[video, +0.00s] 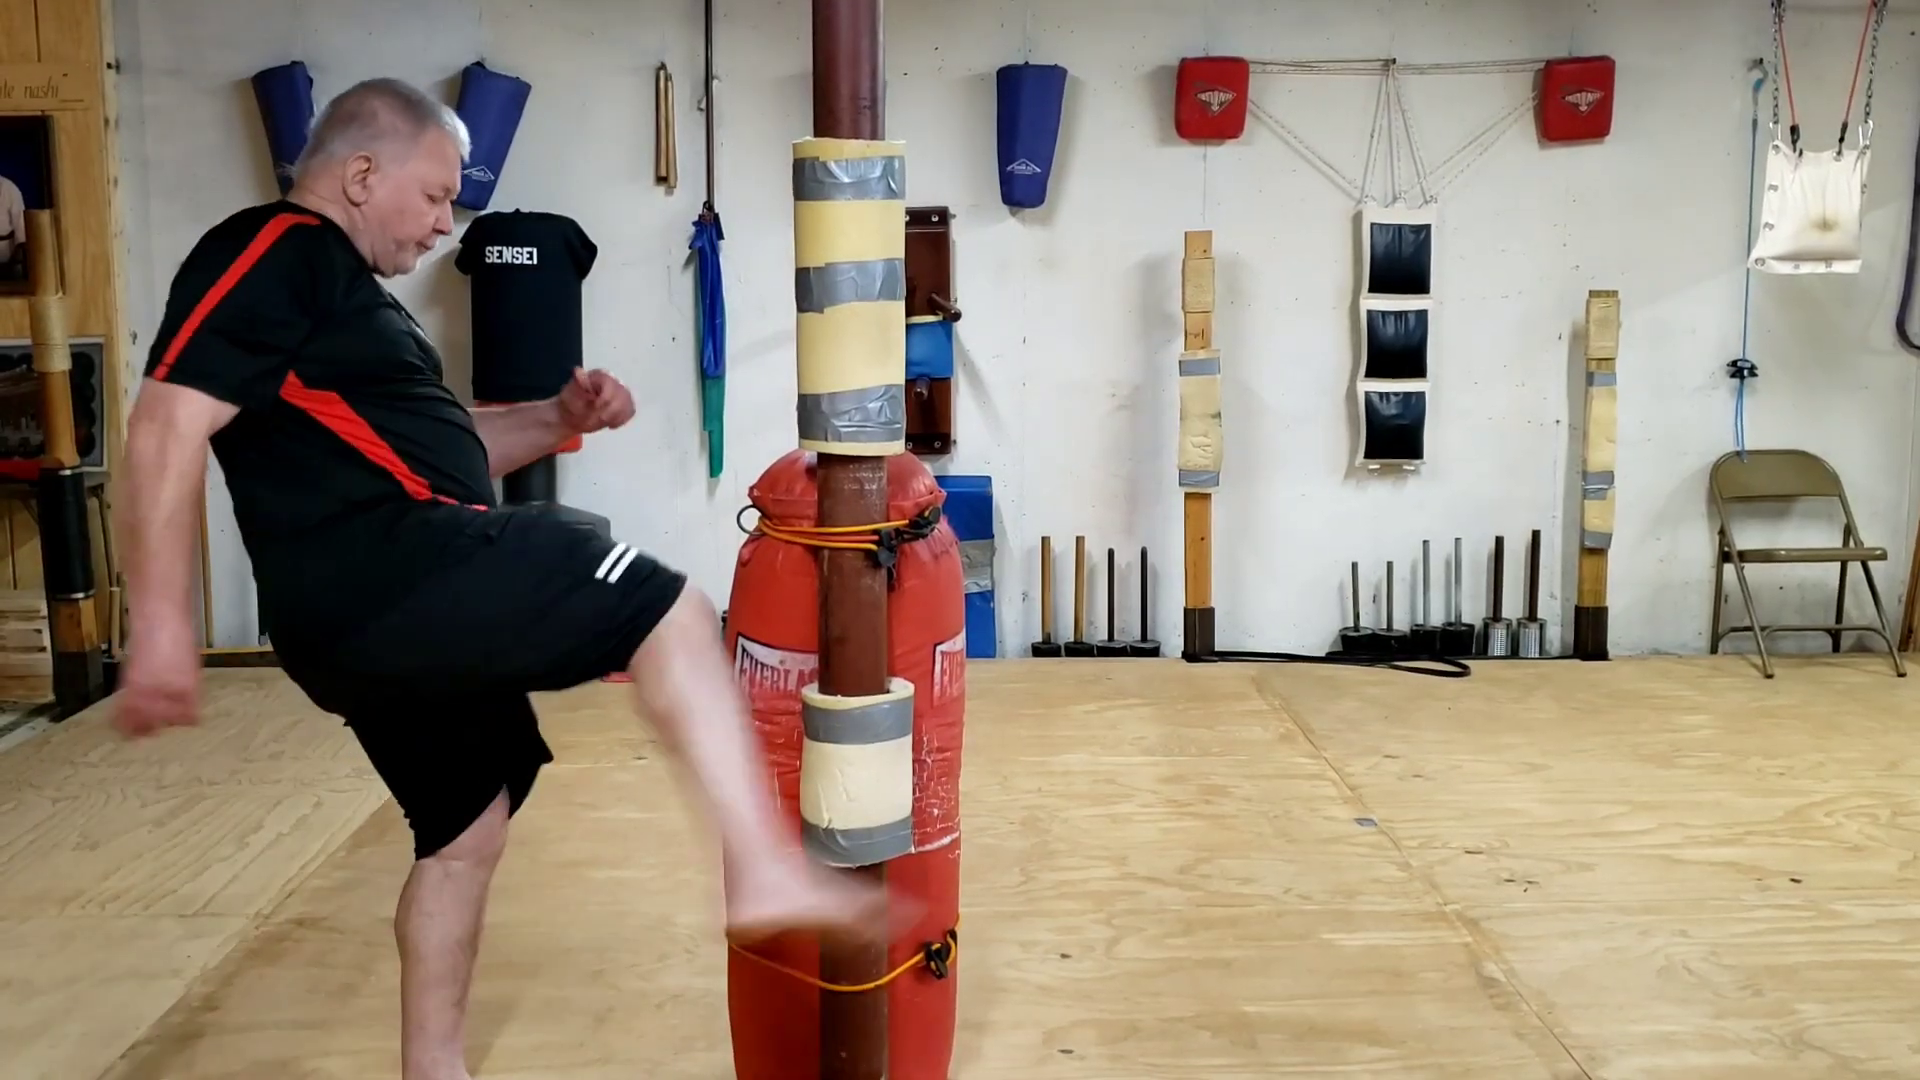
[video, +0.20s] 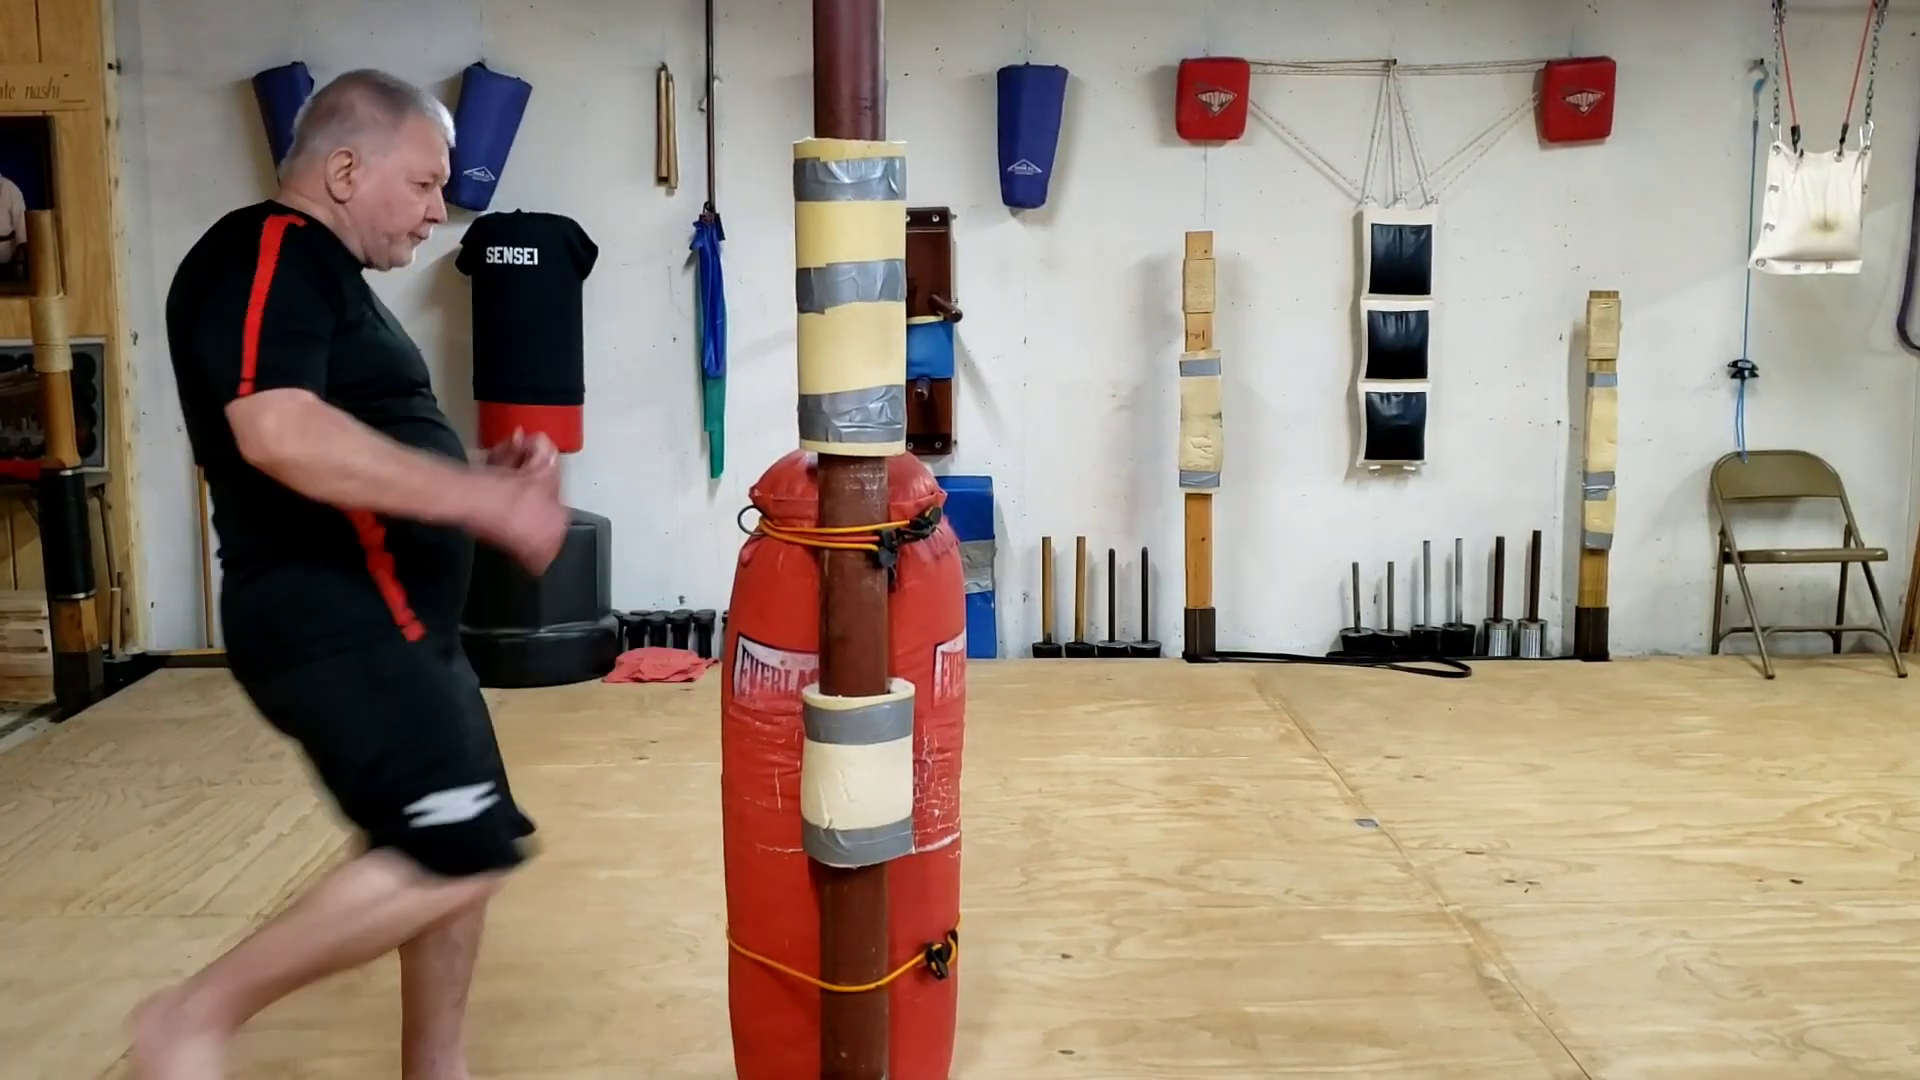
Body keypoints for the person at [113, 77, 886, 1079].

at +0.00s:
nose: (447, 222)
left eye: (452, 202)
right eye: (438, 194)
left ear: (364, 180)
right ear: (361, 173)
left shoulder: (346, 297)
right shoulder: (275, 243)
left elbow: (417, 453)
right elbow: (164, 424)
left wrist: (559, 421)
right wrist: (160, 633)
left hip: (356, 609)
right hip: (398, 563)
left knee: (466, 818)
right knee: (672, 611)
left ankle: (433, 1066)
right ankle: (769, 868)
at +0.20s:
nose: (433, 215)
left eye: (439, 194)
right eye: (424, 185)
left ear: (344, 174)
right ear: (345, 167)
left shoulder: (320, 272)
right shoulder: (264, 248)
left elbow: (357, 444)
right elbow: (276, 428)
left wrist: (482, 474)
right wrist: (483, 498)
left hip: (382, 606)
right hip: (322, 613)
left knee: (465, 837)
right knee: (459, 842)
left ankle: (436, 1067)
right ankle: (188, 1020)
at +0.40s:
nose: (415, 249)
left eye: (418, 224)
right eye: (396, 224)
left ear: (317, 221)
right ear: (309, 216)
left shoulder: (327, 314)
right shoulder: (195, 311)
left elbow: (318, 509)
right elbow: (236, 506)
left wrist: (422, 558)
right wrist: (427, 441)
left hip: (363, 663)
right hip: (223, 688)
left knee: (486, 835)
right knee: (181, 953)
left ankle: (439, 1067)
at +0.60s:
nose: (392, 248)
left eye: (395, 222)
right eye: (371, 224)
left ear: (289, 221)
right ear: (279, 219)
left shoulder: (356, 307)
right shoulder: (154, 304)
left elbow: (437, 437)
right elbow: (64, 500)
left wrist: (487, 387)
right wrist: (265, 564)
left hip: (344, 650)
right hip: (197, 677)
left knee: (458, 833)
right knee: (180, 938)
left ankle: (439, 1065)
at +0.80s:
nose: (431, 246)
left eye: (435, 223)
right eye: (415, 220)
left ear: (336, 212)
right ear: (330, 208)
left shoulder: (366, 309)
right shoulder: (214, 292)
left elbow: (447, 421)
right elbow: (122, 477)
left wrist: (543, 418)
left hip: (343, 656)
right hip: (215, 671)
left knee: (453, 828)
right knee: (172, 934)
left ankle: (437, 1066)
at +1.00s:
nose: (468, 239)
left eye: (473, 217)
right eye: (458, 211)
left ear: (384, 200)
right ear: (384, 195)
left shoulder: (358, 276)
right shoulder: (302, 265)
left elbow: (476, 355)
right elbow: (482, 372)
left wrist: (611, 308)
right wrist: (634, 303)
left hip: (414, 647)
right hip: (304, 664)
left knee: (500, 842)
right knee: (255, 926)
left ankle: (449, 1069)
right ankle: (120, 1073)